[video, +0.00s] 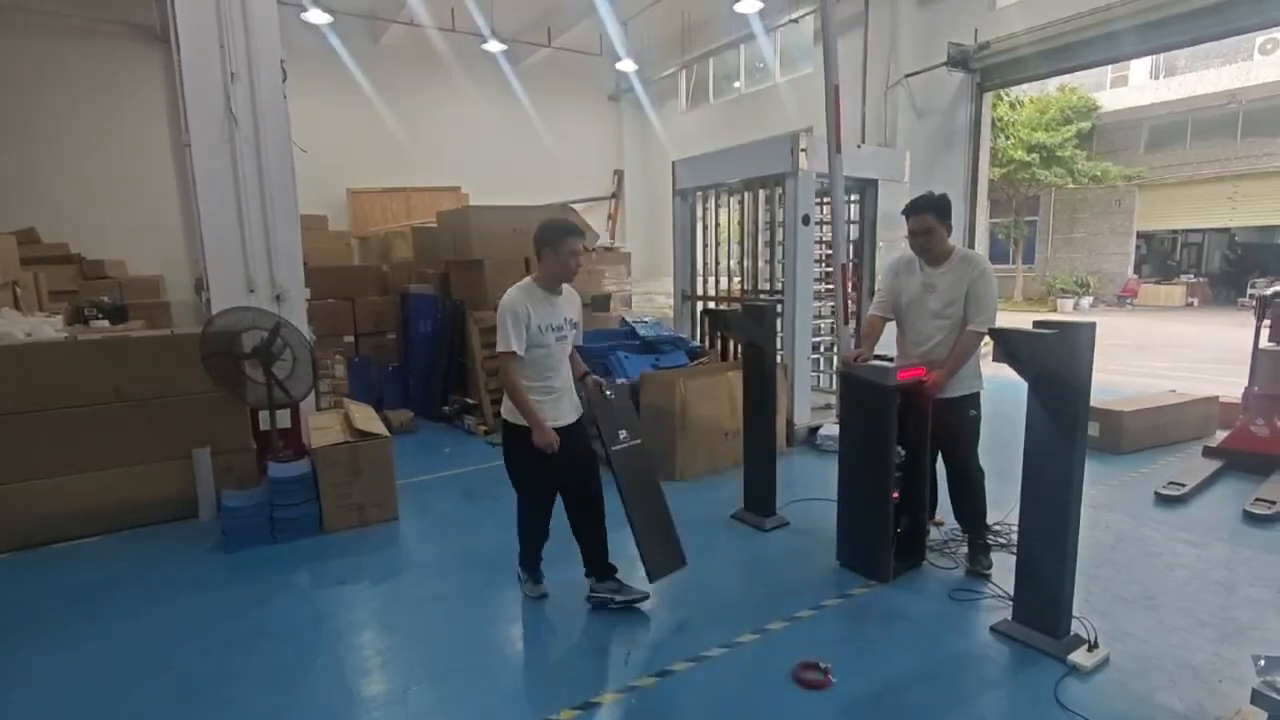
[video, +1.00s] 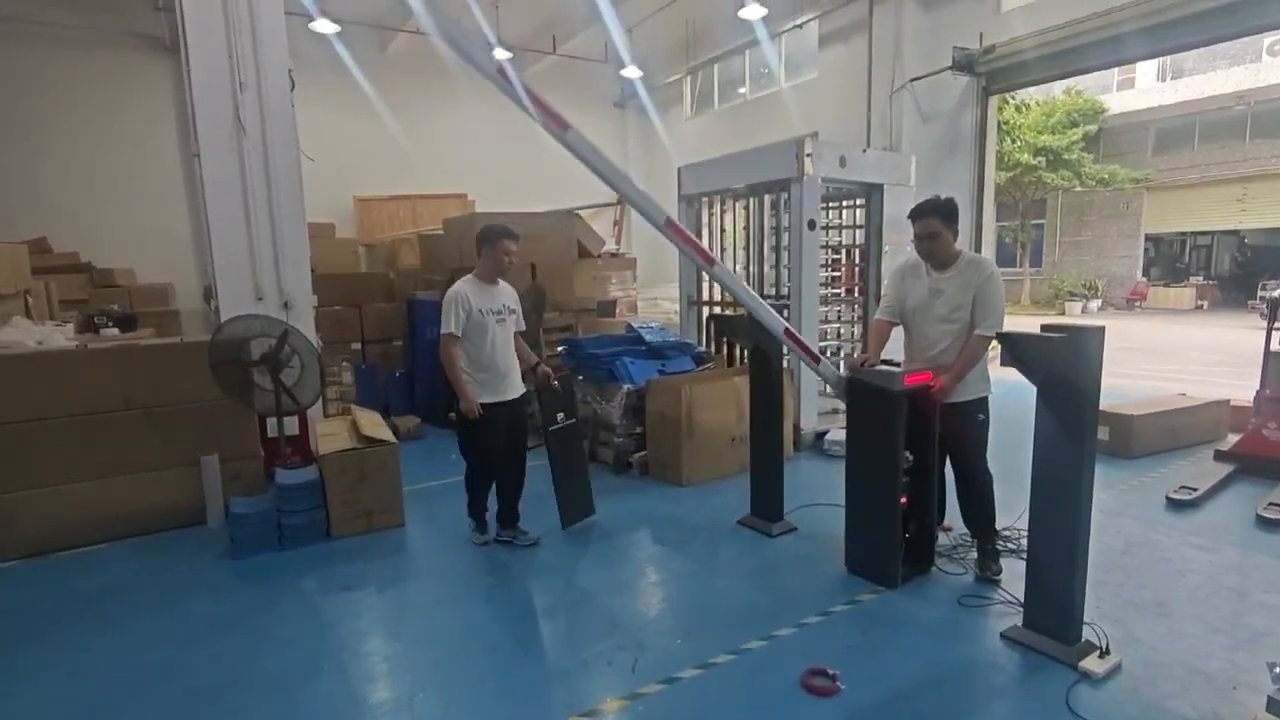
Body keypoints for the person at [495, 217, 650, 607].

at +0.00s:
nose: (580, 263)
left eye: (581, 255)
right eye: (573, 255)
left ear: (573, 256)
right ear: (546, 254)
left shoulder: (571, 298)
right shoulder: (515, 303)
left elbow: (568, 350)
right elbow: (509, 371)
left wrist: (586, 376)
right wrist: (537, 423)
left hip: (569, 421)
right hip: (527, 427)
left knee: (588, 503)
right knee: (535, 506)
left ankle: (601, 579)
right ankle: (530, 567)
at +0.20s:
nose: (555, 255)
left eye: (557, 248)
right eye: (548, 247)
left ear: (550, 249)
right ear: (523, 247)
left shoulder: (546, 291)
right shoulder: (497, 295)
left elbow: (543, 345)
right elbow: (489, 359)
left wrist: (562, 371)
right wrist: (507, 414)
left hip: (553, 413)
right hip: (518, 419)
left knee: (574, 478)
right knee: (526, 497)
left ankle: (563, 552)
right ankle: (529, 569)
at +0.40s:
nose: (540, 254)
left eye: (541, 247)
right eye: (533, 246)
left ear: (533, 249)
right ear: (510, 247)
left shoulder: (532, 291)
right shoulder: (486, 295)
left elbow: (528, 348)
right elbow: (477, 359)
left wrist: (550, 371)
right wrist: (488, 413)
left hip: (540, 406)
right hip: (509, 413)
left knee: (550, 471)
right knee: (520, 490)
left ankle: (520, 521)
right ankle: (527, 566)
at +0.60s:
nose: (531, 261)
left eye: (534, 254)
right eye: (526, 253)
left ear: (529, 256)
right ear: (503, 252)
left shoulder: (524, 294)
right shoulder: (479, 296)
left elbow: (521, 346)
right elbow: (468, 355)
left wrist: (543, 371)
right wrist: (483, 405)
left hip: (526, 403)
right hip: (499, 408)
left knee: (519, 473)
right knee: (510, 481)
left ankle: (501, 524)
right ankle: (526, 555)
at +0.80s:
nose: (524, 261)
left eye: (526, 255)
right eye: (520, 254)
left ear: (512, 255)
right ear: (498, 251)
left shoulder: (516, 291)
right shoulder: (468, 292)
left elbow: (518, 340)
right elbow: (457, 346)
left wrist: (539, 366)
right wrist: (475, 393)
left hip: (518, 398)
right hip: (488, 402)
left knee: (514, 469)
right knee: (497, 475)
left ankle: (509, 526)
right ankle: (499, 544)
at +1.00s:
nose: (512, 260)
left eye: (514, 255)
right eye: (506, 253)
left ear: (513, 256)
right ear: (485, 252)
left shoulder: (509, 292)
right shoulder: (459, 294)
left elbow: (514, 338)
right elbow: (449, 348)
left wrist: (537, 364)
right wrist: (465, 394)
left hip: (512, 397)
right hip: (478, 401)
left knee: (513, 466)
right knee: (481, 467)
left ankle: (508, 526)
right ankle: (479, 520)